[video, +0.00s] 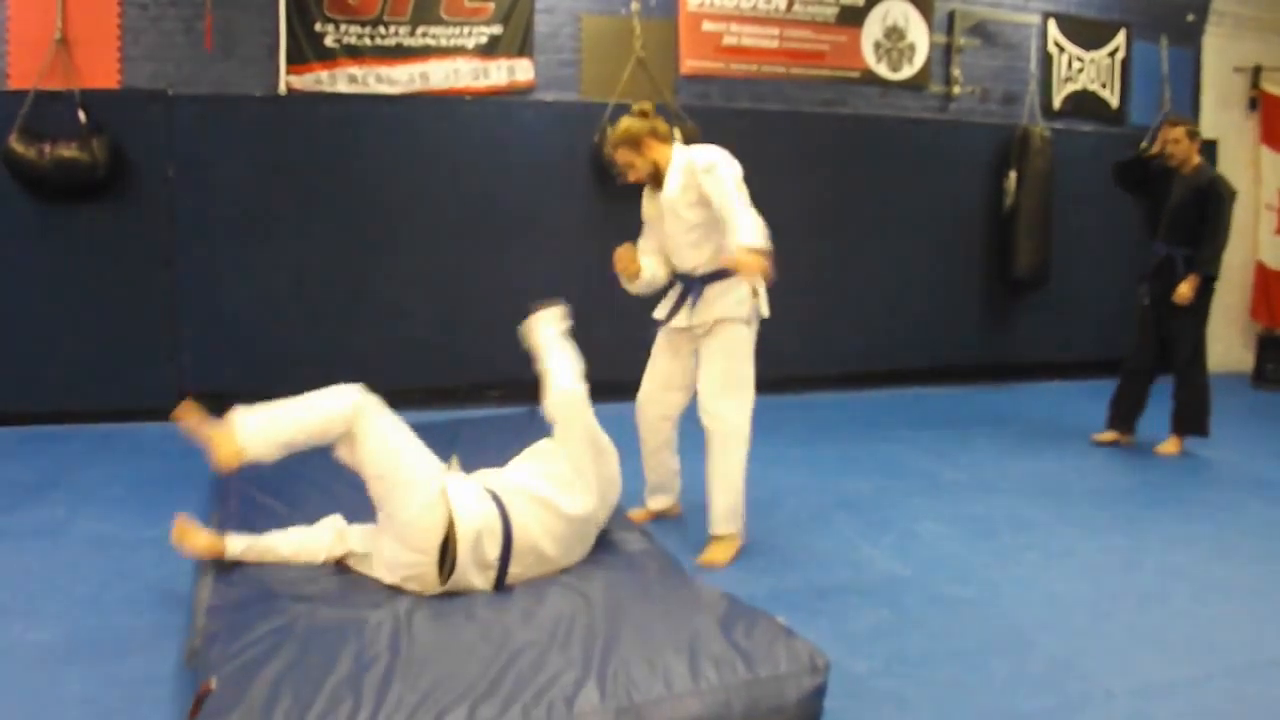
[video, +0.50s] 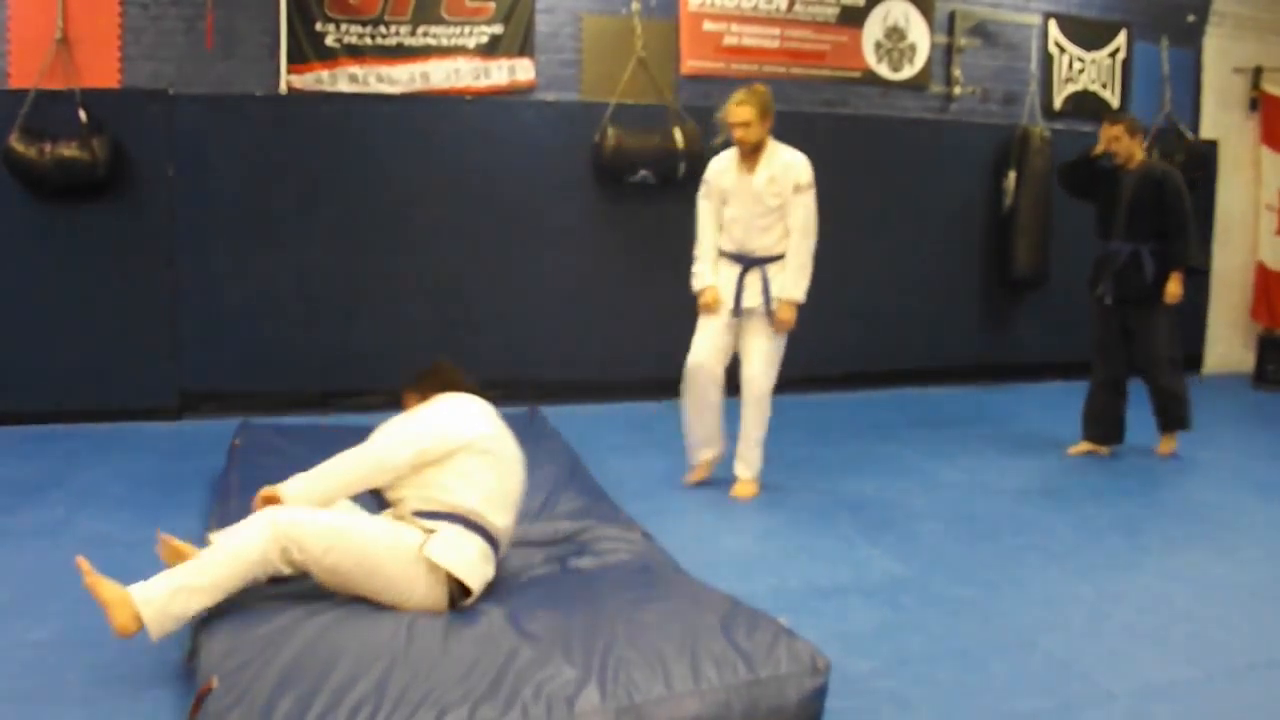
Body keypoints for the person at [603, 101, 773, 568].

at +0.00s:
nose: (628, 176)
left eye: (628, 164)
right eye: (621, 169)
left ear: (650, 143)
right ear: (633, 156)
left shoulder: (708, 162)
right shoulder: (653, 194)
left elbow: (738, 206)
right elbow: (657, 269)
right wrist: (634, 272)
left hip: (727, 293)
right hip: (681, 302)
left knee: (723, 410)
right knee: (654, 405)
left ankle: (726, 531)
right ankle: (662, 499)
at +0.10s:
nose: (641, 165)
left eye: (642, 154)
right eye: (636, 159)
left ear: (666, 136)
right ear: (646, 152)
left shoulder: (718, 162)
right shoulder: (658, 186)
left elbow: (762, 213)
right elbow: (652, 257)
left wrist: (792, 268)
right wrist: (637, 263)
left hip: (733, 290)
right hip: (684, 292)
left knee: (724, 403)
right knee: (660, 401)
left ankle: (742, 505)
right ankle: (664, 498)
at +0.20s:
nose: (661, 151)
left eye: (665, 140)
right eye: (656, 144)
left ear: (691, 129)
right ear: (659, 143)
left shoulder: (736, 164)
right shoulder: (671, 181)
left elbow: (777, 224)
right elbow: (651, 230)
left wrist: (806, 288)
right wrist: (650, 262)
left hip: (740, 290)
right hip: (690, 290)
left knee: (737, 402)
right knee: (667, 399)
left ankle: (746, 479)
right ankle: (665, 496)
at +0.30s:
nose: (687, 146)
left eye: (694, 136)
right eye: (683, 138)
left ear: (719, 130)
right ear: (683, 137)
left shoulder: (758, 169)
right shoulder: (690, 176)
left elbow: (786, 235)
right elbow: (663, 226)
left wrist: (801, 302)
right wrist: (665, 271)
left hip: (753, 287)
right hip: (703, 286)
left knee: (747, 391)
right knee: (679, 388)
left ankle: (749, 475)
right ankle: (664, 490)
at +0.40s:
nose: (714, 143)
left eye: (721, 133)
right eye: (709, 135)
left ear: (745, 129)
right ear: (707, 135)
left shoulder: (779, 172)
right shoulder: (706, 174)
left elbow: (793, 241)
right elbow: (683, 227)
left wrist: (785, 306)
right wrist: (684, 276)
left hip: (765, 283)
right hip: (716, 280)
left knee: (750, 388)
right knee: (689, 379)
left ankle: (747, 473)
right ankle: (667, 476)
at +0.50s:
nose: (739, 134)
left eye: (747, 126)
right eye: (734, 126)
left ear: (767, 123)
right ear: (728, 126)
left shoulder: (794, 167)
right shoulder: (719, 166)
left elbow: (803, 235)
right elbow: (706, 229)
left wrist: (791, 295)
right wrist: (704, 280)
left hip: (772, 275)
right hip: (723, 273)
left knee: (757, 379)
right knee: (700, 364)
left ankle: (747, 471)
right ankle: (705, 451)